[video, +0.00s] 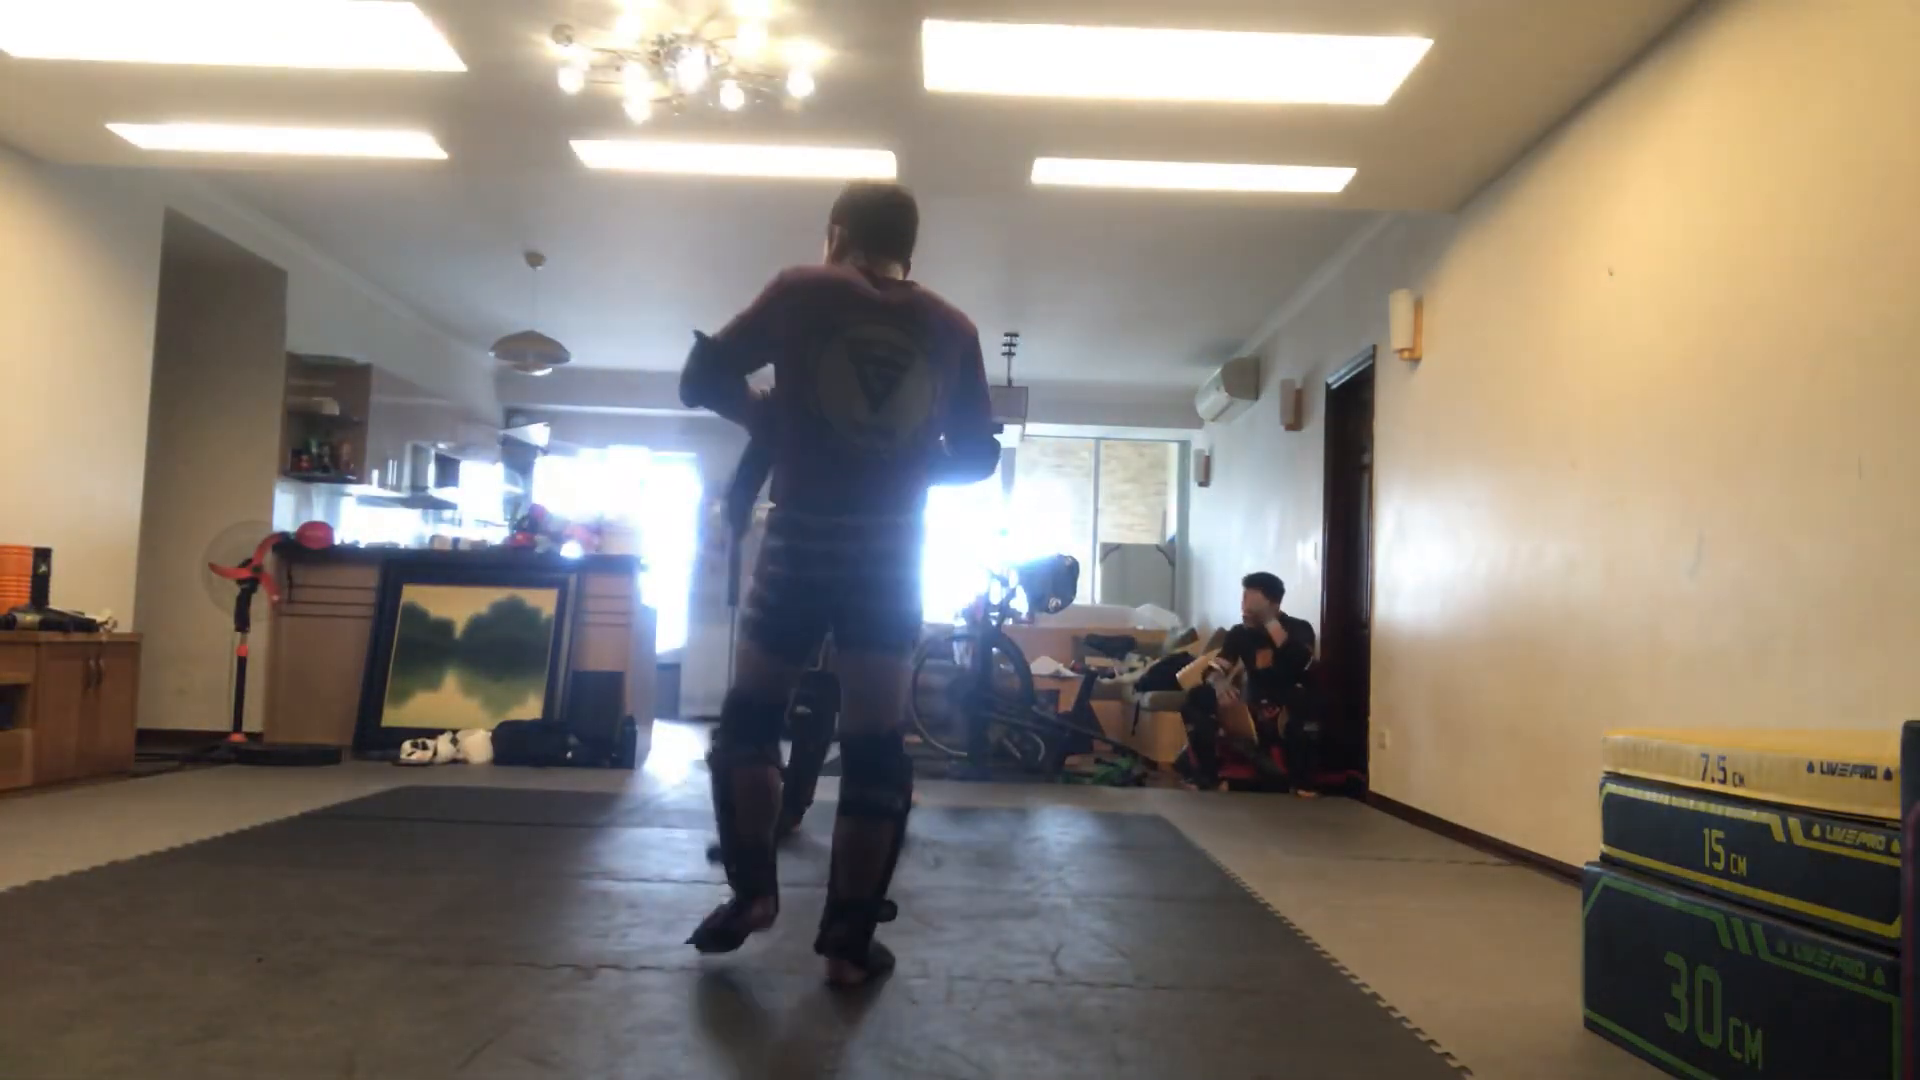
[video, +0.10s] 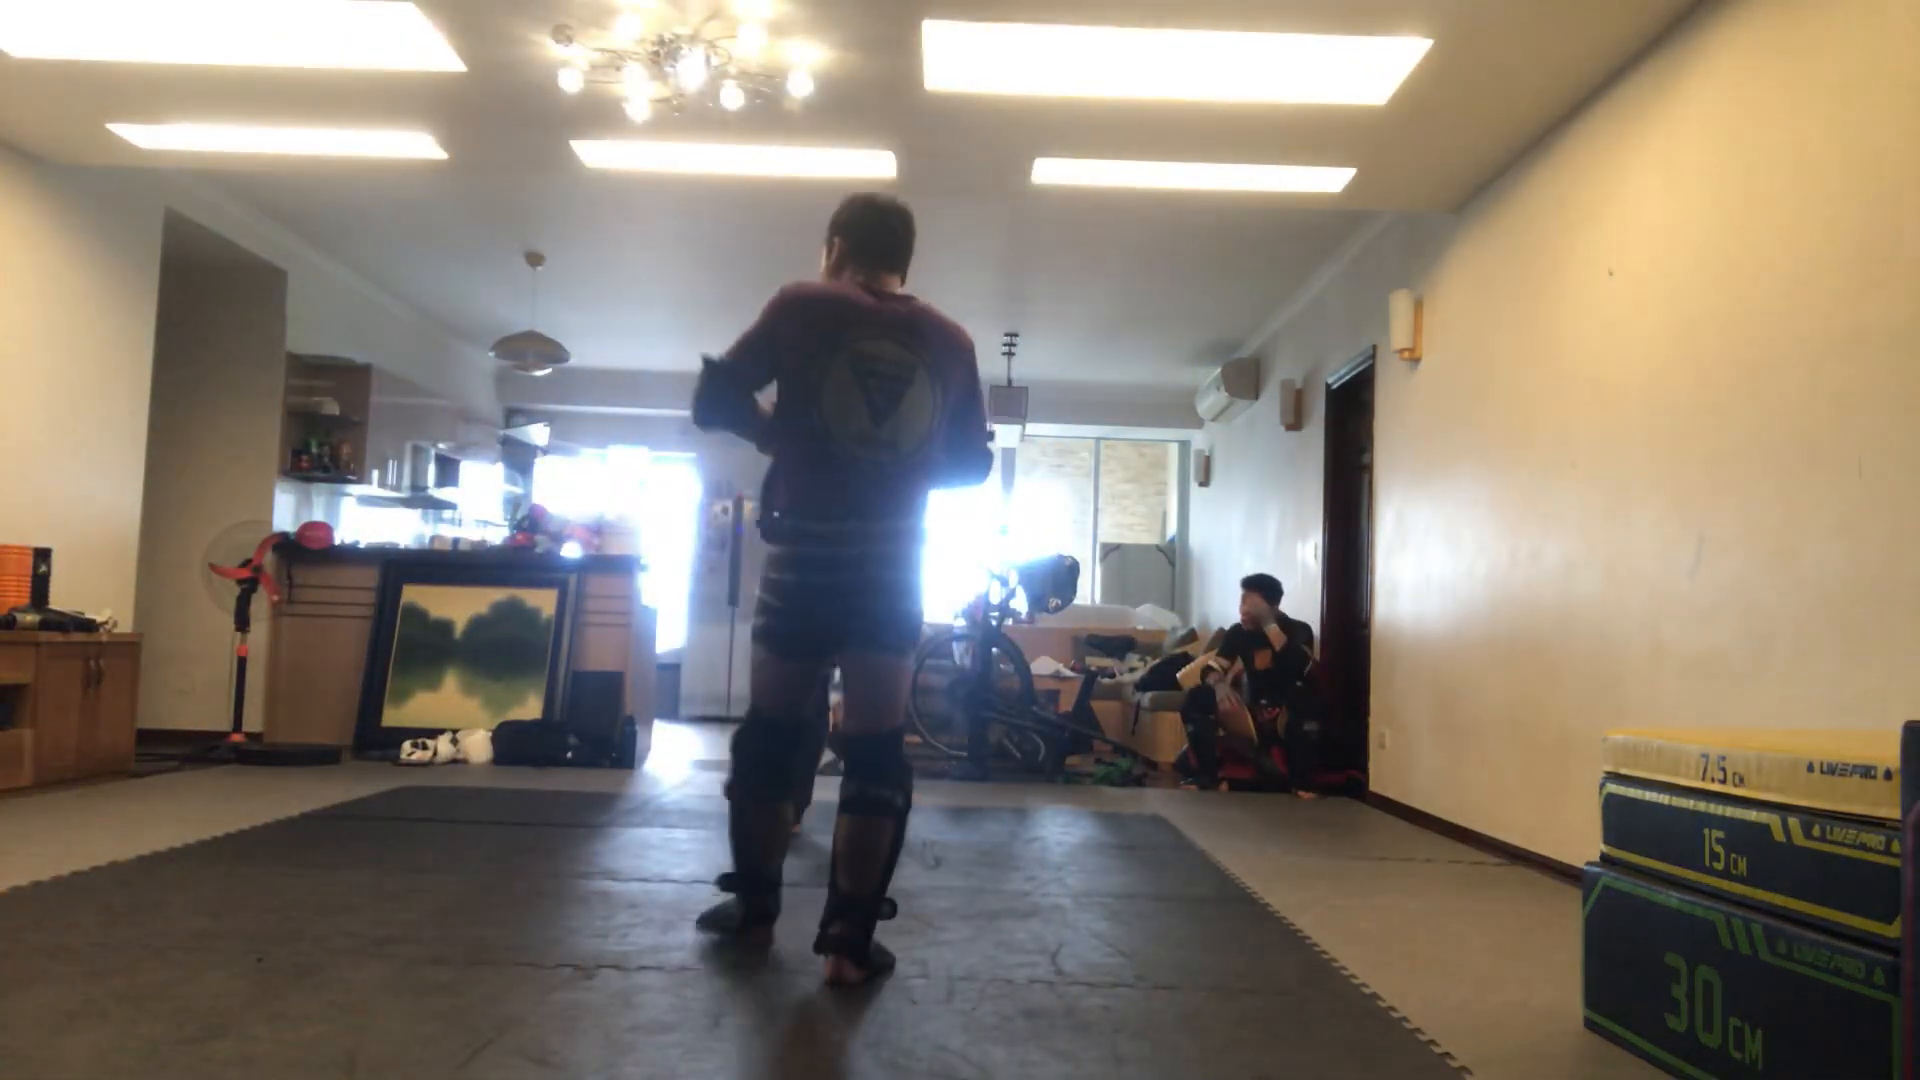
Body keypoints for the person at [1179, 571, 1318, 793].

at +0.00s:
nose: (1244, 607)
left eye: (1250, 600)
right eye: (1244, 599)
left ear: (1271, 602)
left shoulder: (1299, 629)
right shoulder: (1239, 634)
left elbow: (1299, 664)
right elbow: (1216, 668)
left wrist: (1270, 621)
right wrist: (1218, 680)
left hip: (1287, 710)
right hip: (1247, 710)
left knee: (1302, 697)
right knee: (1198, 697)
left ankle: (1300, 782)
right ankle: (1207, 778)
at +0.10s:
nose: (1242, 610)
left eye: (1249, 603)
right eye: (1242, 602)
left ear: (1271, 606)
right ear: (1241, 602)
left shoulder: (1298, 630)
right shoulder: (1238, 633)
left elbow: (1299, 669)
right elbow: (1213, 669)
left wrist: (1269, 625)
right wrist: (1218, 683)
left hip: (1286, 717)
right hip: (1247, 717)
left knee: (1306, 700)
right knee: (1197, 698)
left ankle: (1302, 782)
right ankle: (1206, 777)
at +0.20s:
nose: (1242, 611)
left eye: (1247, 604)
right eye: (1242, 604)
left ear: (1268, 606)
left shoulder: (1298, 632)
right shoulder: (1238, 632)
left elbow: (1301, 673)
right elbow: (1212, 669)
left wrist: (1270, 631)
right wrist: (1220, 685)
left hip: (1286, 716)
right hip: (1247, 716)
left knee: (1306, 699)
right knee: (1197, 697)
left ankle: (1302, 782)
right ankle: (1207, 777)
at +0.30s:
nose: (1245, 612)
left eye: (1252, 606)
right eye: (1244, 605)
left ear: (1275, 611)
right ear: (1243, 604)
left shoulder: (1298, 633)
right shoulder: (1238, 632)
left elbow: (1301, 675)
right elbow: (1212, 668)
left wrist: (1268, 633)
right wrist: (1222, 688)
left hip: (1286, 716)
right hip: (1247, 717)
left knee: (1304, 694)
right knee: (1197, 697)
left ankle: (1301, 781)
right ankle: (1206, 777)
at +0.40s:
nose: (1245, 612)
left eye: (1251, 606)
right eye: (1245, 604)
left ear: (1274, 609)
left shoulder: (1300, 632)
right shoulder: (1238, 631)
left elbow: (1301, 674)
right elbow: (1213, 668)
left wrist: (1271, 631)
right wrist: (1222, 690)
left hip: (1288, 716)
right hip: (1248, 716)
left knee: (1304, 699)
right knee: (1197, 698)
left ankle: (1302, 783)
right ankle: (1206, 777)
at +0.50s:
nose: (1245, 610)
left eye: (1252, 603)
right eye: (1246, 602)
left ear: (1273, 607)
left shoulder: (1301, 632)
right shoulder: (1239, 631)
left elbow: (1303, 675)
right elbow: (1211, 667)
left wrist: (1273, 633)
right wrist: (1225, 689)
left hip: (1288, 717)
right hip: (1249, 716)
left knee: (1305, 699)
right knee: (1196, 698)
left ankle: (1302, 783)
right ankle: (1206, 777)